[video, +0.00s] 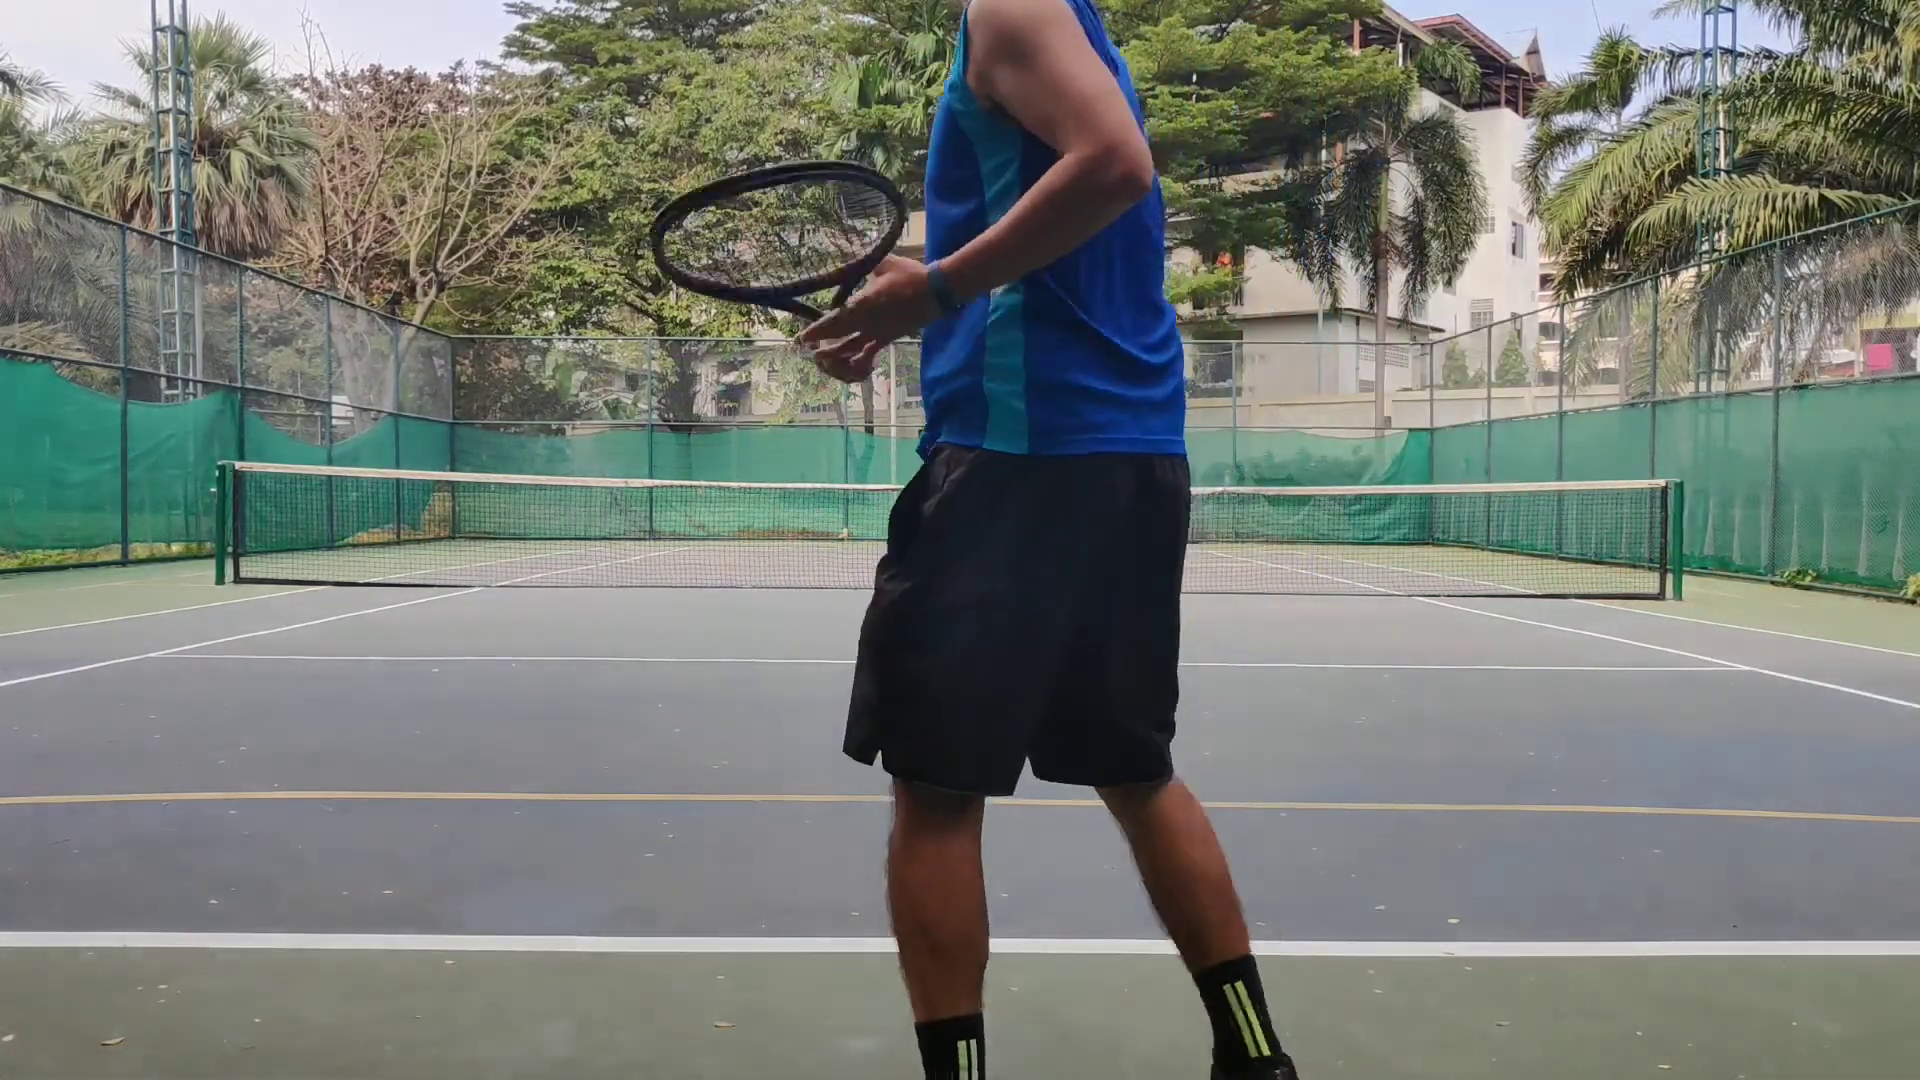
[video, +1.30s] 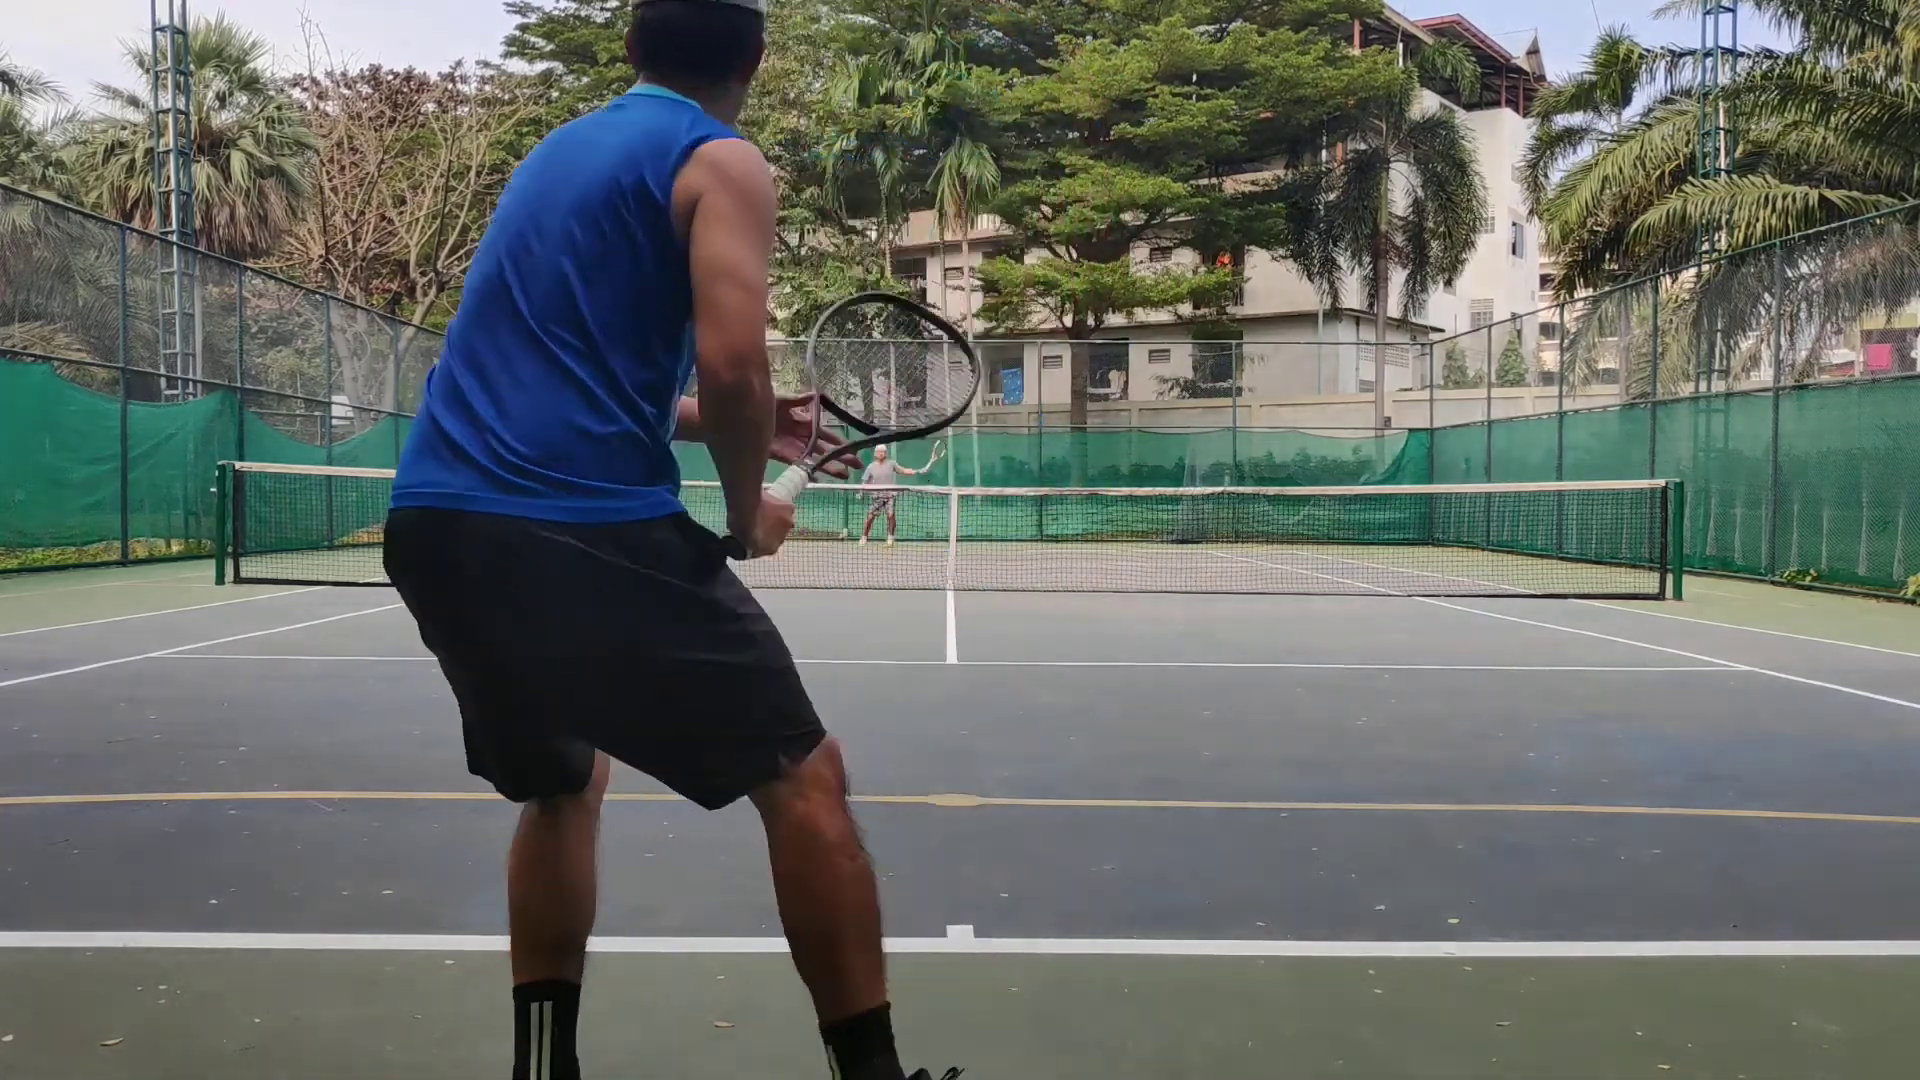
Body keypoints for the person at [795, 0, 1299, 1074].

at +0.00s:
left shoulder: (1009, 16)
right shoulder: (1084, 40)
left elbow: (1114, 158)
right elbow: (1063, 266)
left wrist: (938, 281)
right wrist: (916, 291)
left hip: (1011, 469)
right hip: (1136, 469)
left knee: (936, 792)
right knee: (1133, 762)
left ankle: (954, 1076)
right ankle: (1254, 1052)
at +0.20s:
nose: (957, 21)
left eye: (956, 13)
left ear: (968, 3)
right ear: (1064, 1)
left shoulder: (987, 62)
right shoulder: (1140, 106)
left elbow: (990, 228)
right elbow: (1184, 306)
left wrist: (895, 314)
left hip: (1030, 489)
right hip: (1162, 496)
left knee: (890, 774)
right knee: (1116, 768)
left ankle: (952, 1065)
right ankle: (1187, 1045)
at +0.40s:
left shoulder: (932, 27)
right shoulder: (1159, 64)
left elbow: (881, 199)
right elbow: (1239, 235)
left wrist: (920, 273)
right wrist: (1143, 312)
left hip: (987, 430)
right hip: (1144, 443)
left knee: (865, 713)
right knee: (1144, 730)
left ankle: (842, 1026)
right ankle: (1195, 1022)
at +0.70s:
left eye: (910, 16)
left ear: (910, 21)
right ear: (1024, 29)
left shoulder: (837, 132)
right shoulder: (1093, 154)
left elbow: (768, 305)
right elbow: (1151, 337)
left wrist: (857, 337)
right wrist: (1058, 421)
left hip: (879, 540)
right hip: (1043, 547)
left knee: (763, 792)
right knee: (1120, 782)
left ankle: (655, 1064)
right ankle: (1247, 1047)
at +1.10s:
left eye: (802, 39)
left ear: (795, 57)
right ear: (908, 66)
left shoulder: (708, 165)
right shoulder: (972, 178)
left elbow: (610, 338)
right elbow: (1010, 382)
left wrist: (706, 385)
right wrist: (928, 464)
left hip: (717, 566)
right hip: (899, 582)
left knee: (630, 799)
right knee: (1028, 822)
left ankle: (529, 1061)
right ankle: (1120, 1072)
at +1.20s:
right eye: (849, 97)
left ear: (718, 80)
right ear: (836, 96)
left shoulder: (629, 184)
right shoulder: (860, 195)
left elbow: (557, 382)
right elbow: (882, 389)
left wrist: (652, 447)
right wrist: (832, 518)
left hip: (597, 576)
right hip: (775, 587)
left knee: (598, 808)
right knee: (943, 835)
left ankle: (547, 1063)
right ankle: (1098, 1066)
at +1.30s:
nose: (756, 85)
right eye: (755, 65)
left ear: (636, 53)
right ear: (747, 67)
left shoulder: (563, 149)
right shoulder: (721, 160)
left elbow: (579, 371)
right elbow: (734, 360)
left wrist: (732, 416)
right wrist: (747, 512)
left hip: (440, 527)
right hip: (596, 533)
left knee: (558, 783)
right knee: (803, 777)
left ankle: (542, 1064)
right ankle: (872, 1067)